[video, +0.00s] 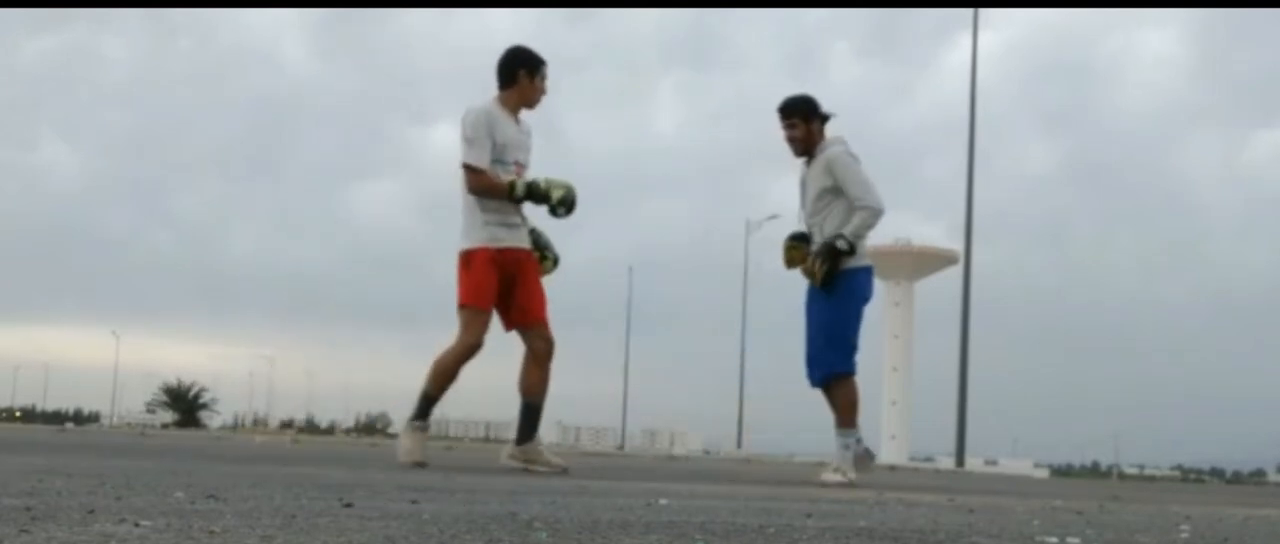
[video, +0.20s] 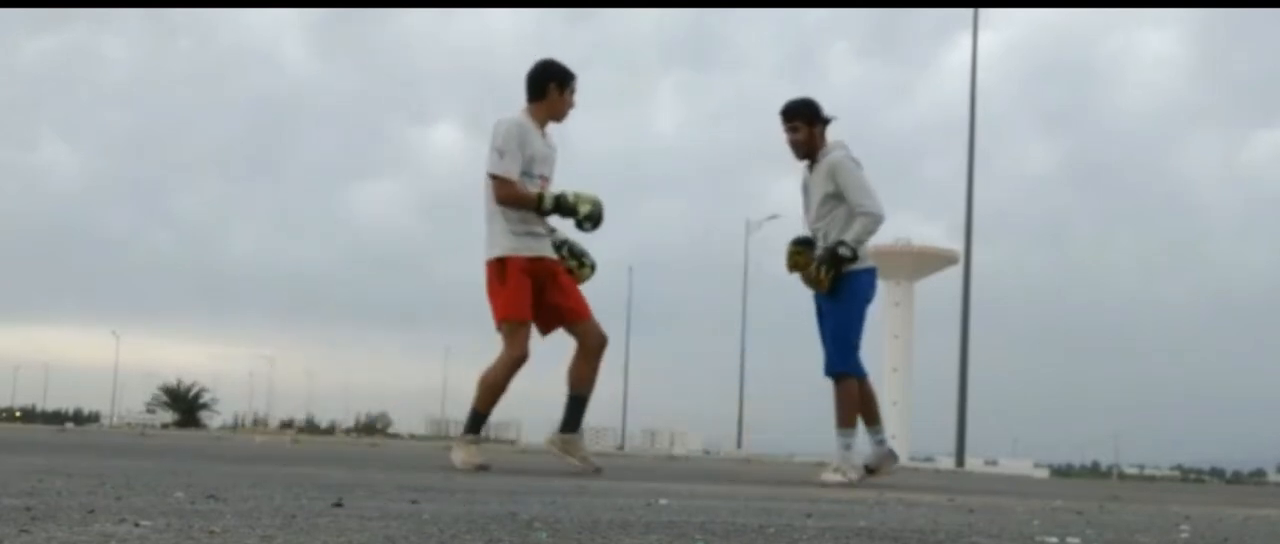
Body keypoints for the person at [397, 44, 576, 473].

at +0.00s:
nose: (544, 89)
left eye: (544, 81)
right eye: (540, 80)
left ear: (522, 80)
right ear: (520, 79)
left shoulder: (523, 131)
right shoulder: (480, 117)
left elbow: (505, 191)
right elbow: (474, 182)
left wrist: (532, 236)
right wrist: (528, 190)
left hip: (517, 247)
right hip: (481, 245)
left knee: (540, 343)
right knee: (470, 339)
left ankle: (526, 443)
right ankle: (416, 426)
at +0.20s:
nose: (573, 104)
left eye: (573, 95)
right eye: (570, 94)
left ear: (550, 92)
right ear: (552, 92)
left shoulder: (546, 146)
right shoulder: (510, 130)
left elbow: (532, 207)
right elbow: (504, 193)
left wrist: (561, 247)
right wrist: (558, 203)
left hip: (543, 256)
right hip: (509, 255)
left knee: (593, 339)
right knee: (516, 350)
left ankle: (569, 434)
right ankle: (468, 439)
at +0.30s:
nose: (583, 114)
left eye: (583, 105)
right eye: (580, 105)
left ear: (563, 102)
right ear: (561, 101)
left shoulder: (558, 156)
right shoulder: (521, 140)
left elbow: (544, 217)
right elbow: (517, 203)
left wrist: (570, 257)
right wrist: (572, 214)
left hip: (553, 268)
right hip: (518, 266)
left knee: (600, 349)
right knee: (525, 358)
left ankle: (604, 448)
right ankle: (469, 440)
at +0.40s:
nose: (602, 123)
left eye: (602, 115)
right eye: (599, 114)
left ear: (577, 113)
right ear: (582, 111)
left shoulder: (573, 163)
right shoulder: (542, 153)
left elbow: (559, 229)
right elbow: (538, 219)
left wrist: (588, 266)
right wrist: (592, 228)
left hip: (569, 274)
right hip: (540, 273)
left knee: (622, 354)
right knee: (541, 364)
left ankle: (615, 451)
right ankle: (470, 437)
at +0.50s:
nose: (615, 118)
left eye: (616, 110)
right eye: (613, 109)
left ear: (592, 107)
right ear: (597, 106)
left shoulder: (585, 153)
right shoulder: (564, 144)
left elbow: (577, 220)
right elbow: (559, 212)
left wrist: (607, 265)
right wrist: (611, 235)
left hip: (587, 272)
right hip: (558, 268)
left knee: (629, 353)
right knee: (556, 360)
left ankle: (616, 450)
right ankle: (480, 433)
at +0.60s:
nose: (627, 113)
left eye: (628, 105)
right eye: (625, 104)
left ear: (602, 100)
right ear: (609, 100)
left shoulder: (595, 144)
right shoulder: (578, 134)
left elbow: (586, 209)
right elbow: (576, 201)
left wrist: (618, 255)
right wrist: (615, 240)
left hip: (593, 265)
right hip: (565, 260)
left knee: (636, 345)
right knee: (570, 349)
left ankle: (623, 441)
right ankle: (497, 422)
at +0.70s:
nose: (633, 124)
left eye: (635, 116)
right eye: (631, 115)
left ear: (609, 113)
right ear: (616, 112)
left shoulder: (605, 157)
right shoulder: (585, 146)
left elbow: (594, 221)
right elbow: (587, 214)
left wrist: (627, 268)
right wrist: (623, 255)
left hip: (600, 276)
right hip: (570, 271)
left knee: (644, 355)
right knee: (581, 353)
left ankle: (620, 447)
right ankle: (514, 432)